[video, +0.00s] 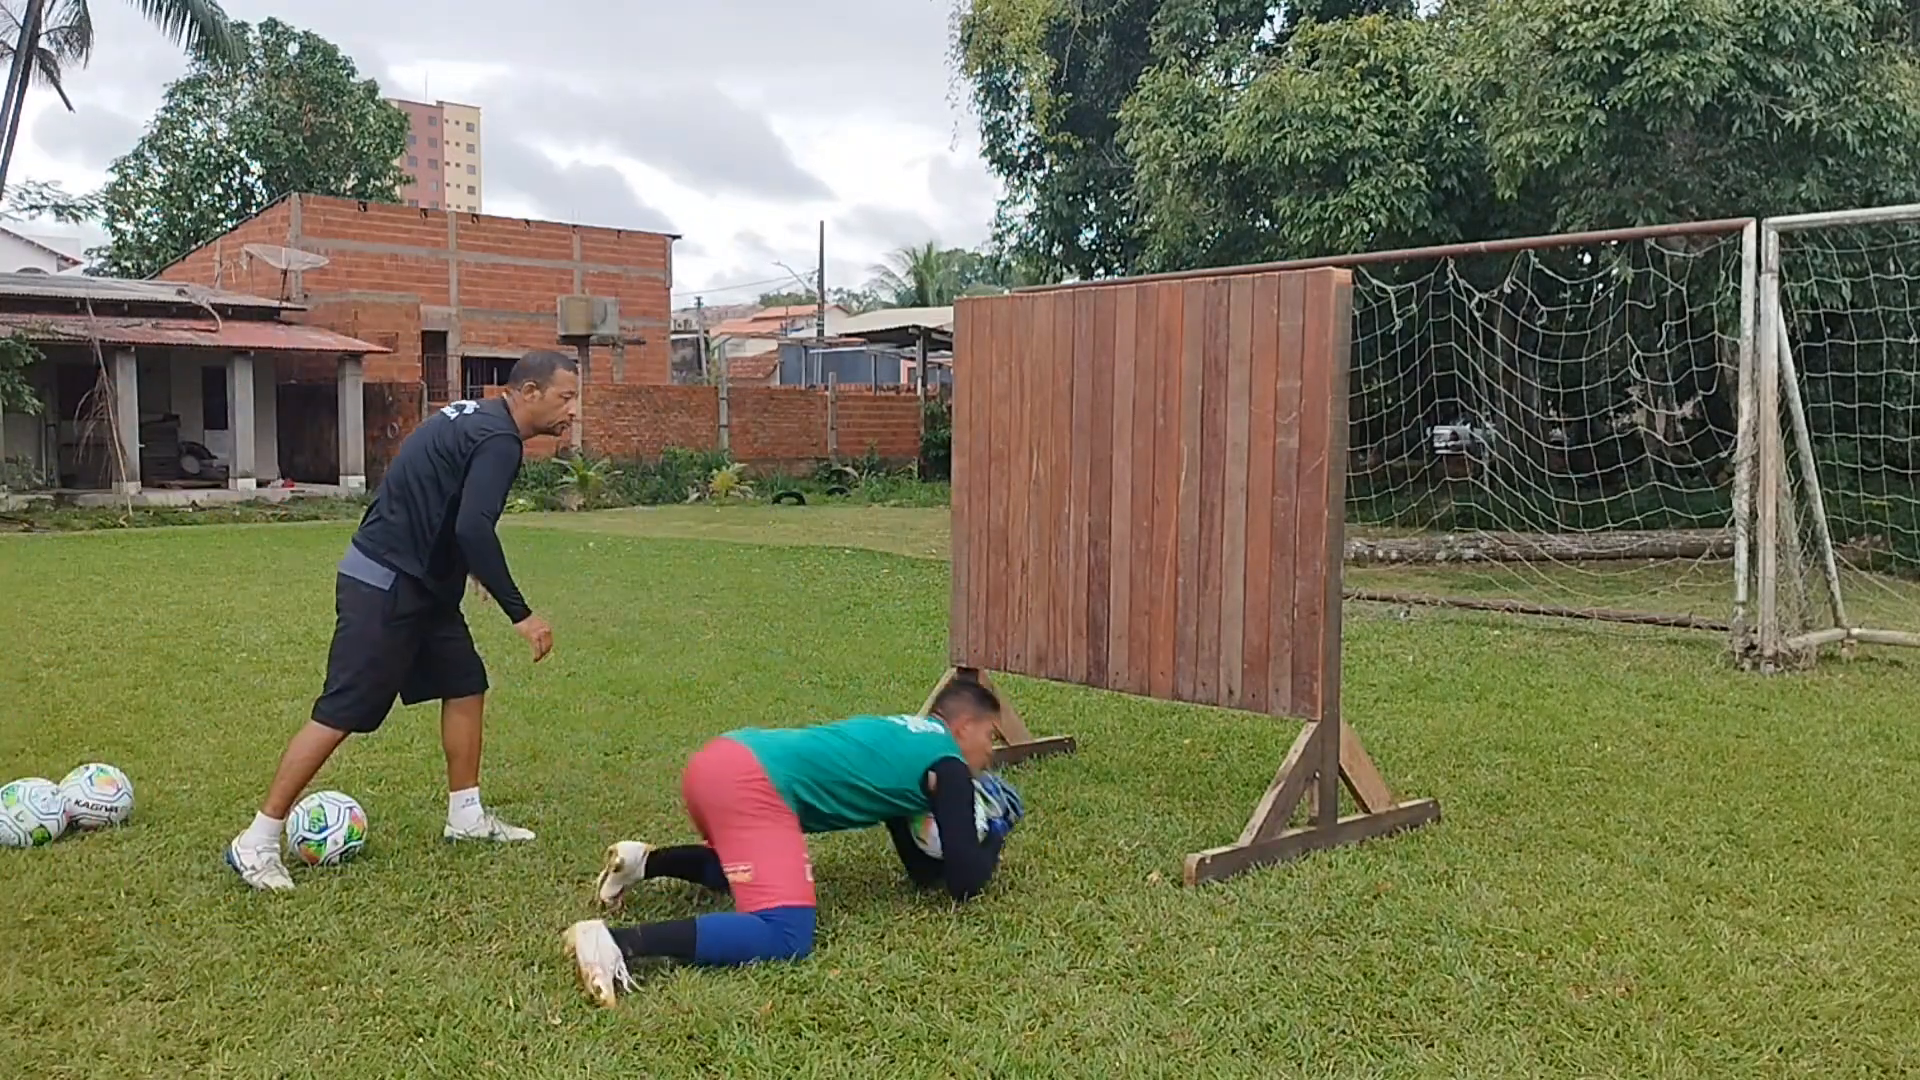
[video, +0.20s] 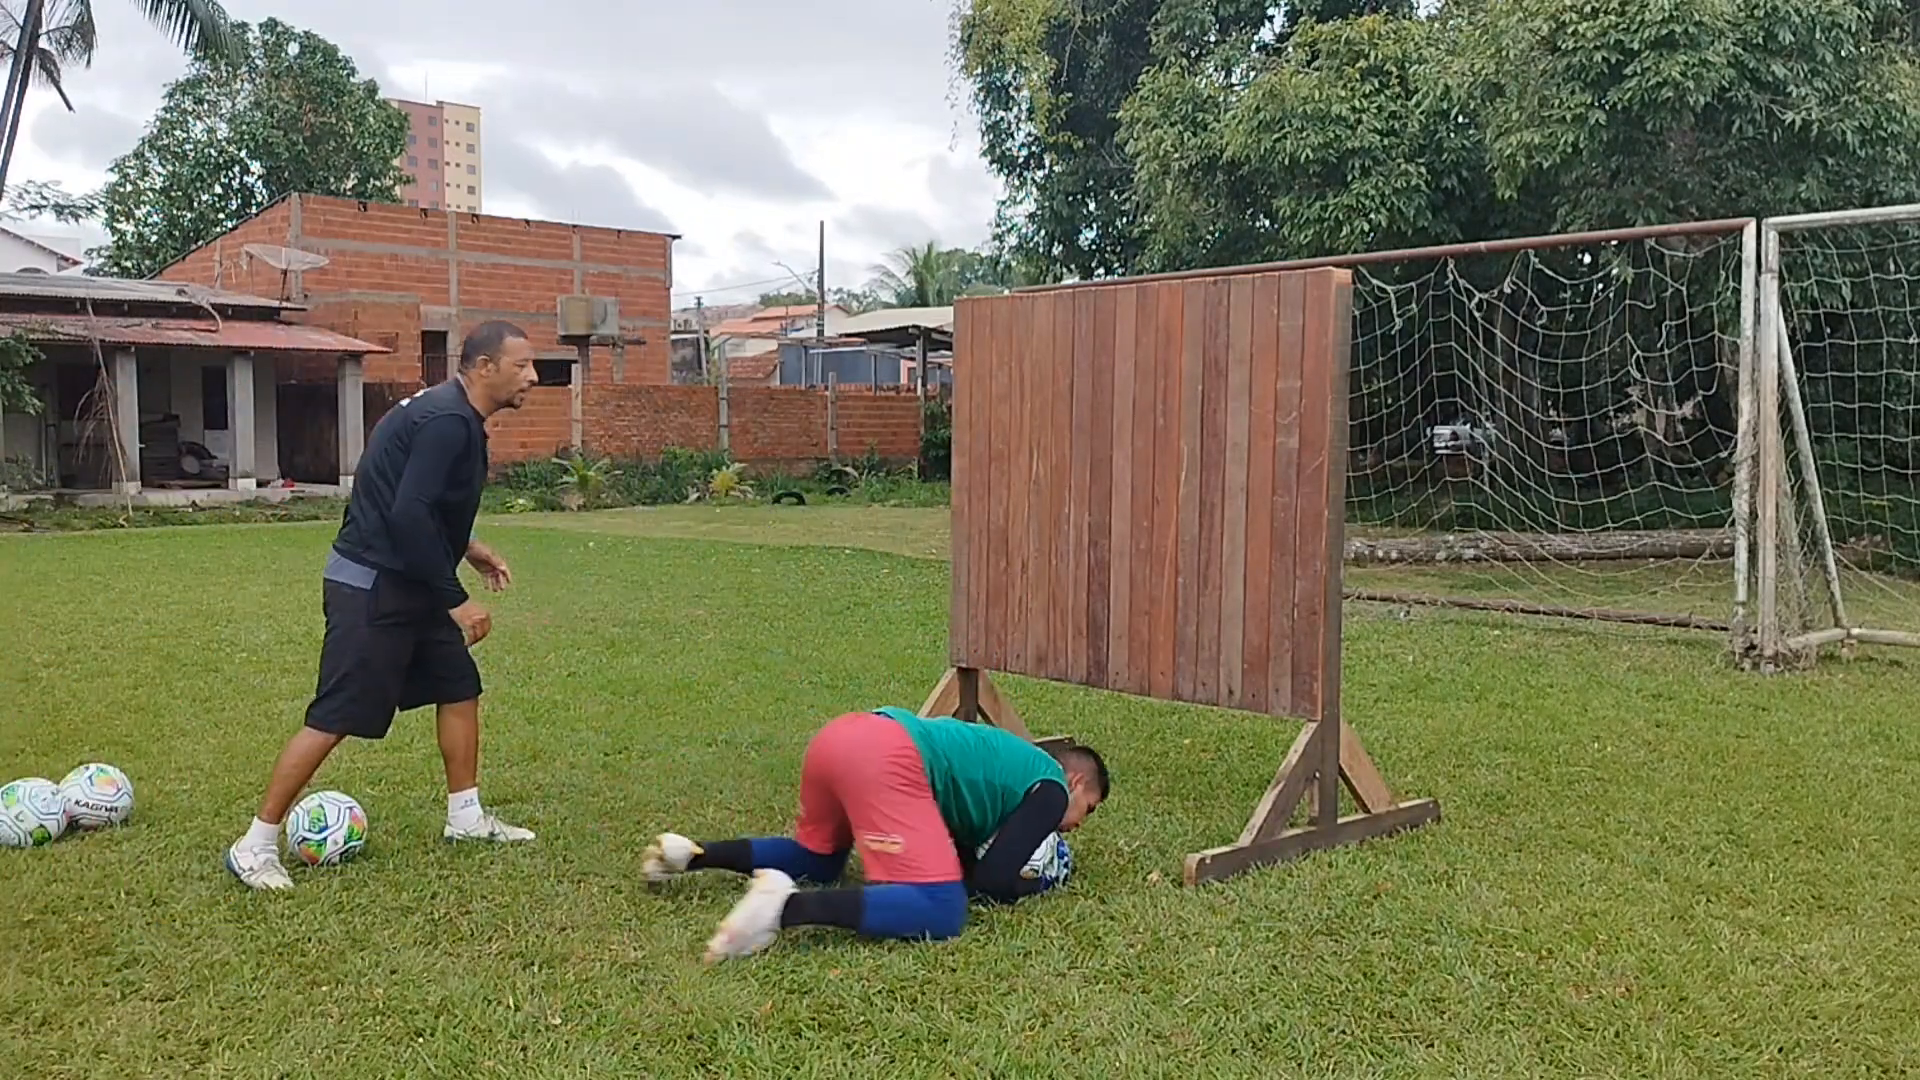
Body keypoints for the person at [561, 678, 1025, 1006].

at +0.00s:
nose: (992, 755)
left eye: (995, 743)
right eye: (993, 741)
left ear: (944, 718)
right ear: (968, 727)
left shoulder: (893, 743)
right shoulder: (945, 759)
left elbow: (924, 871)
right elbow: (967, 880)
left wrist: (970, 831)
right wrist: (997, 830)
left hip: (718, 761)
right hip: (749, 779)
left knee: (760, 875)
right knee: (786, 935)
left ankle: (643, 863)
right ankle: (615, 944)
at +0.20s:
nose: (1076, 819)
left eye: (1085, 813)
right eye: (1085, 808)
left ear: (1049, 761)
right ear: (1072, 778)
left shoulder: (1002, 755)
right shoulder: (1050, 786)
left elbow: (942, 838)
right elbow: (993, 879)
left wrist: (996, 857)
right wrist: (1034, 882)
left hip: (842, 731)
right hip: (889, 754)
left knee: (816, 858)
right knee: (940, 913)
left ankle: (693, 853)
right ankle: (787, 902)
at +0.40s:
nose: (1088, 720)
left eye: (1090, 713)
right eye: (1091, 712)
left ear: (1041, 687)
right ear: (1083, 707)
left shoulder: (993, 697)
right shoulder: (1074, 743)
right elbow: (1012, 813)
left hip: (865, 783)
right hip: (926, 812)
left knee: (892, 855)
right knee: (1039, 885)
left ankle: (788, 866)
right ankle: (924, 901)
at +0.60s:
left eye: (999, 580)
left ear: (998, 580)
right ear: (1051, 591)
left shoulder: (965, 603)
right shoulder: (1071, 634)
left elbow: (882, 636)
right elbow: (1071, 693)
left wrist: (897, 709)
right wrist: (1045, 757)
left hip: (892, 749)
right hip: (959, 781)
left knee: (887, 806)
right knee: (1039, 888)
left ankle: (784, 855)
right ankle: (926, 904)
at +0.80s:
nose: (900, 527)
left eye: (901, 521)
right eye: (901, 522)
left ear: (912, 520)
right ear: (960, 522)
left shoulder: (889, 552)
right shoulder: (1000, 567)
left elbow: (824, 622)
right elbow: (1015, 671)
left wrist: (874, 680)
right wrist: (962, 655)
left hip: (903, 745)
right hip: (982, 759)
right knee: (1024, 879)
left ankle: (928, 851)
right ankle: (975, 920)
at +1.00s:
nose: (841, 481)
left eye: (841, 473)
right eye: (842, 474)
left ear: (852, 472)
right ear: (902, 469)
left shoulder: (831, 516)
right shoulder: (943, 509)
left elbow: (813, 621)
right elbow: (972, 612)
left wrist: (867, 647)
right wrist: (911, 623)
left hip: (872, 702)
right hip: (944, 704)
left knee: (926, 739)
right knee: (996, 817)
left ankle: (935, 847)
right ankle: (946, 866)